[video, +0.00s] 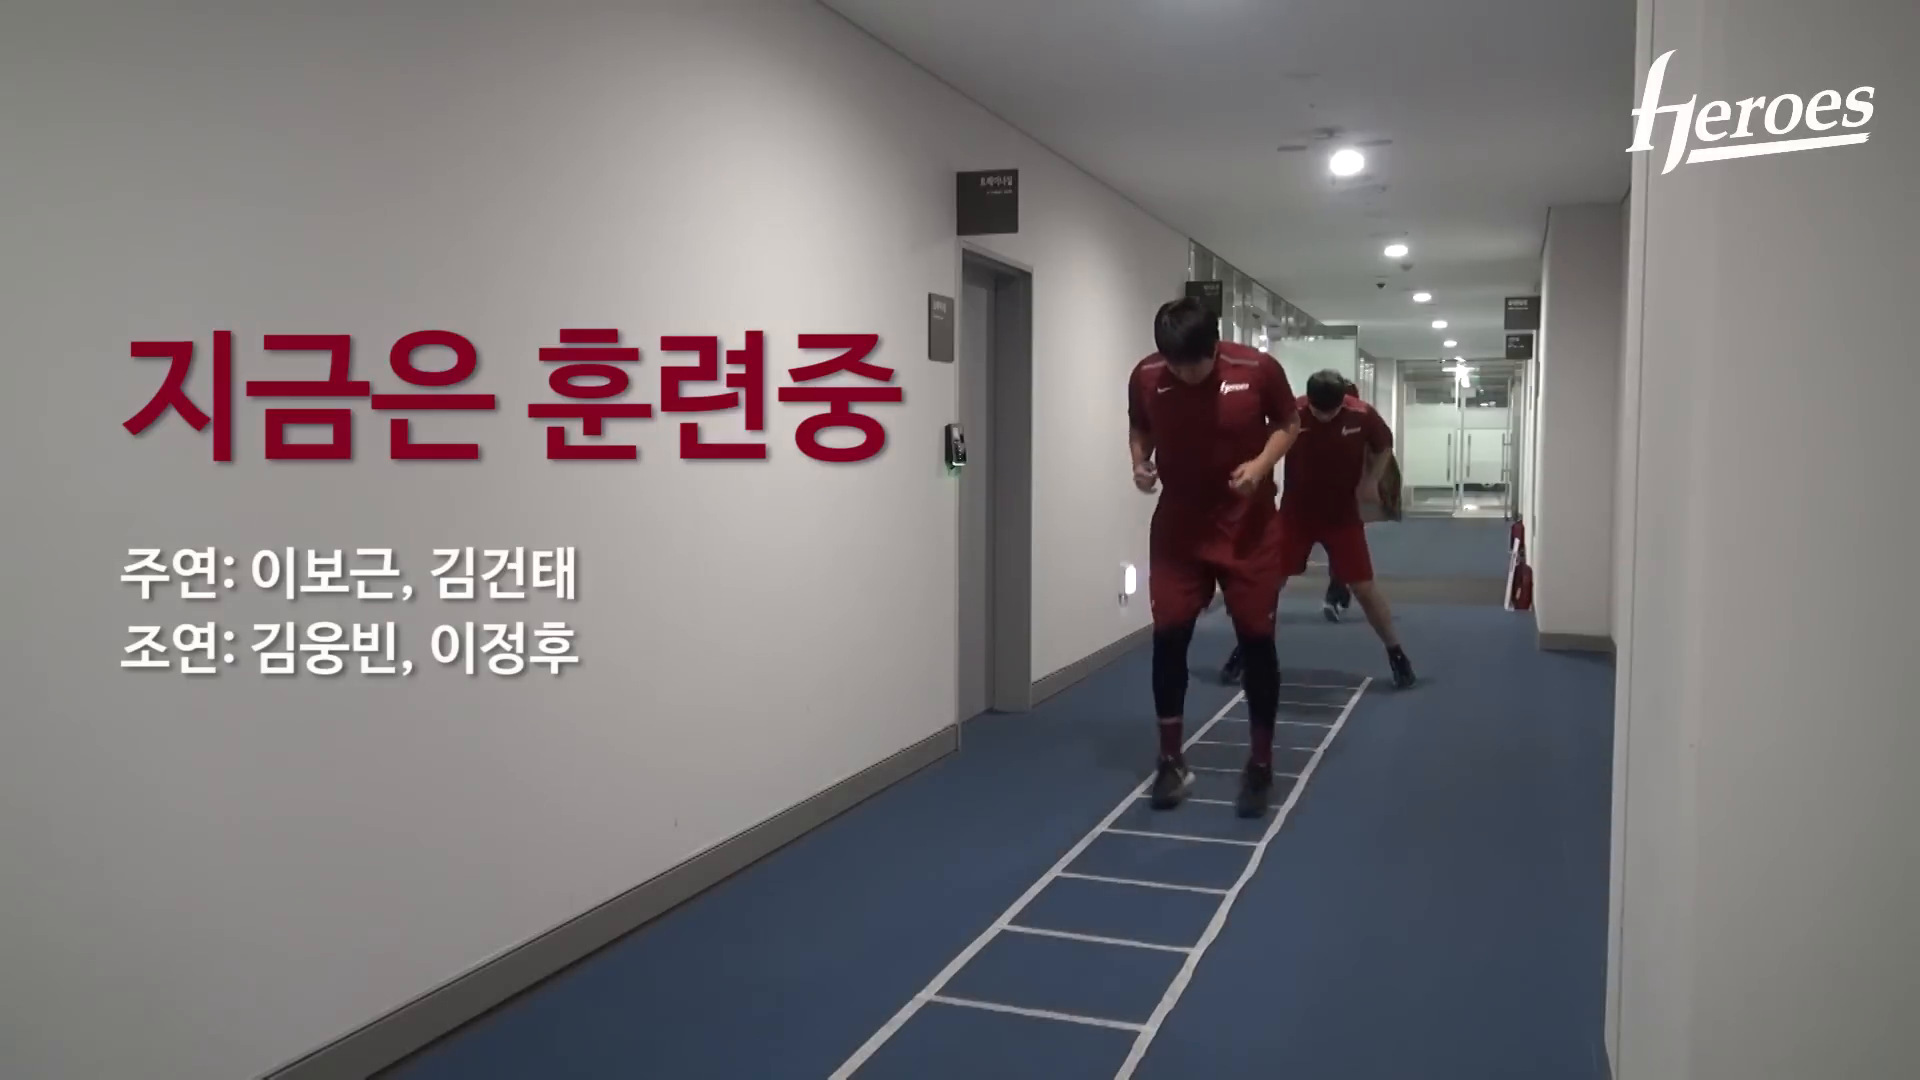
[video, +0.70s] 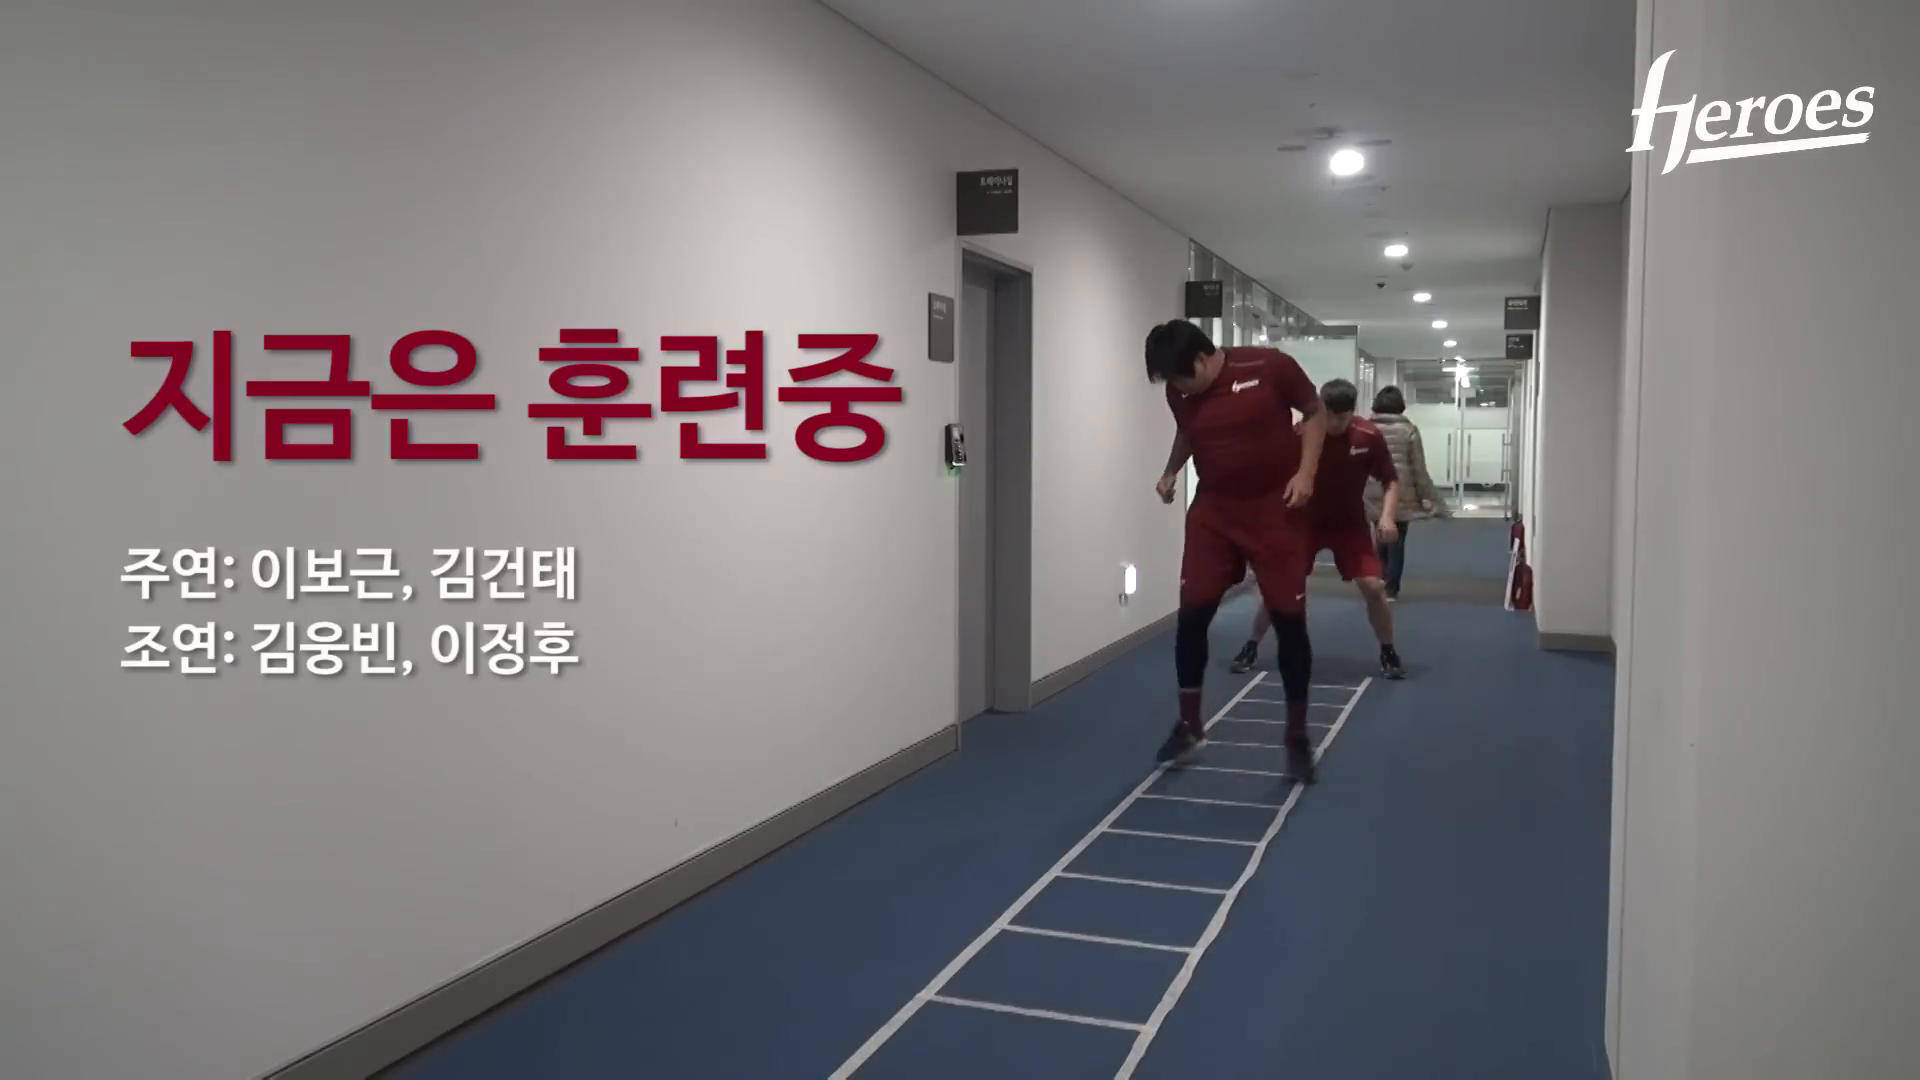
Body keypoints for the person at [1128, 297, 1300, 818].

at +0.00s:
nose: (1187, 375)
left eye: (1195, 365)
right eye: (1178, 367)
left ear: (1214, 346)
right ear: (1164, 352)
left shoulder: (1259, 370)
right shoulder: (1148, 379)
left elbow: (1290, 421)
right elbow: (1140, 425)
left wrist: (1262, 463)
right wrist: (1141, 460)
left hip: (1248, 525)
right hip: (1179, 524)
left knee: (1256, 639)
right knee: (1168, 635)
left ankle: (1260, 764)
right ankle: (1170, 761)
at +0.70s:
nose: (1176, 390)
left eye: (1179, 380)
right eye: (1171, 383)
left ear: (1201, 359)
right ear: (1181, 369)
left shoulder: (1272, 366)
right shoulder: (1179, 392)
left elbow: (1316, 412)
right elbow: (1189, 431)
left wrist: (1306, 471)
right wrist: (1170, 472)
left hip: (1276, 514)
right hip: (1213, 514)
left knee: (1289, 620)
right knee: (1191, 617)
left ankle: (1297, 735)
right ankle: (1190, 725)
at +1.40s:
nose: (1182, 383)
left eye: (1182, 373)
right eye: (1177, 377)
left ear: (1200, 355)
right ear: (1192, 361)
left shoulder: (1270, 372)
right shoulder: (1196, 394)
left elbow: (1330, 412)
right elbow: (1208, 436)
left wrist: (1359, 461)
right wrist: (1183, 477)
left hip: (1280, 507)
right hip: (1226, 507)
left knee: (1302, 608)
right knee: (1196, 605)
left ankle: (1325, 709)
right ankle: (1197, 699)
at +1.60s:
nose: (1196, 402)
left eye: (1196, 392)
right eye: (1191, 395)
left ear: (1213, 375)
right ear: (1208, 378)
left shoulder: (1277, 398)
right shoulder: (1207, 412)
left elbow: (1337, 438)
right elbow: (1208, 463)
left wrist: (1338, 453)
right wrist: (1174, 493)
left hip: (1279, 536)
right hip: (1223, 536)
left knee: (1316, 622)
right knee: (1186, 619)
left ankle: (1359, 714)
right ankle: (1178, 704)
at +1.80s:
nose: (1200, 384)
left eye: (1200, 375)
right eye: (1196, 378)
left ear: (1218, 359)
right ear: (1213, 363)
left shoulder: (1280, 376)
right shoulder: (1212, 398)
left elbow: (1340, 404)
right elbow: (1216, 443)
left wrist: (1354, 418)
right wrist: (1183, 469)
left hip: (1291, 504)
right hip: (1239, 506)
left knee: (1292, 602)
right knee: (1226, 603)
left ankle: (1298, 693)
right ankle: (1249, 687)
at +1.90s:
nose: (1209, 386)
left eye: (1210, 377)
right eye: (1205, 379)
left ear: (1231, 361)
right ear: (1223, 366)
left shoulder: (1287, 388)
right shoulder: (1219, 402)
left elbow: (1349, 405)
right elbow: (1217, 446)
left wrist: (1366, 409)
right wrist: (1182, 473)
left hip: (1291, 519)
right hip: (1241, 520)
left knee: (1293, 611)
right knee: (1237, 611)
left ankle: (1302, 701)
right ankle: (1263, 699)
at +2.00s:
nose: (1214, 355)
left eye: (1219, 345)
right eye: (1209, 348)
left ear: (1243, 339)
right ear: (1210, 348)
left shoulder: (1288, 373)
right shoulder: (1215, 388)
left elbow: (1338, 403)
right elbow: (1219, 434)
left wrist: (1361, 416)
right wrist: (1193, 476)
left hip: (1294, 496)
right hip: (1245, 497)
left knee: (1300, 592)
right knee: (1227, 591)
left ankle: (1307, 694)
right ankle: (1244, 686)